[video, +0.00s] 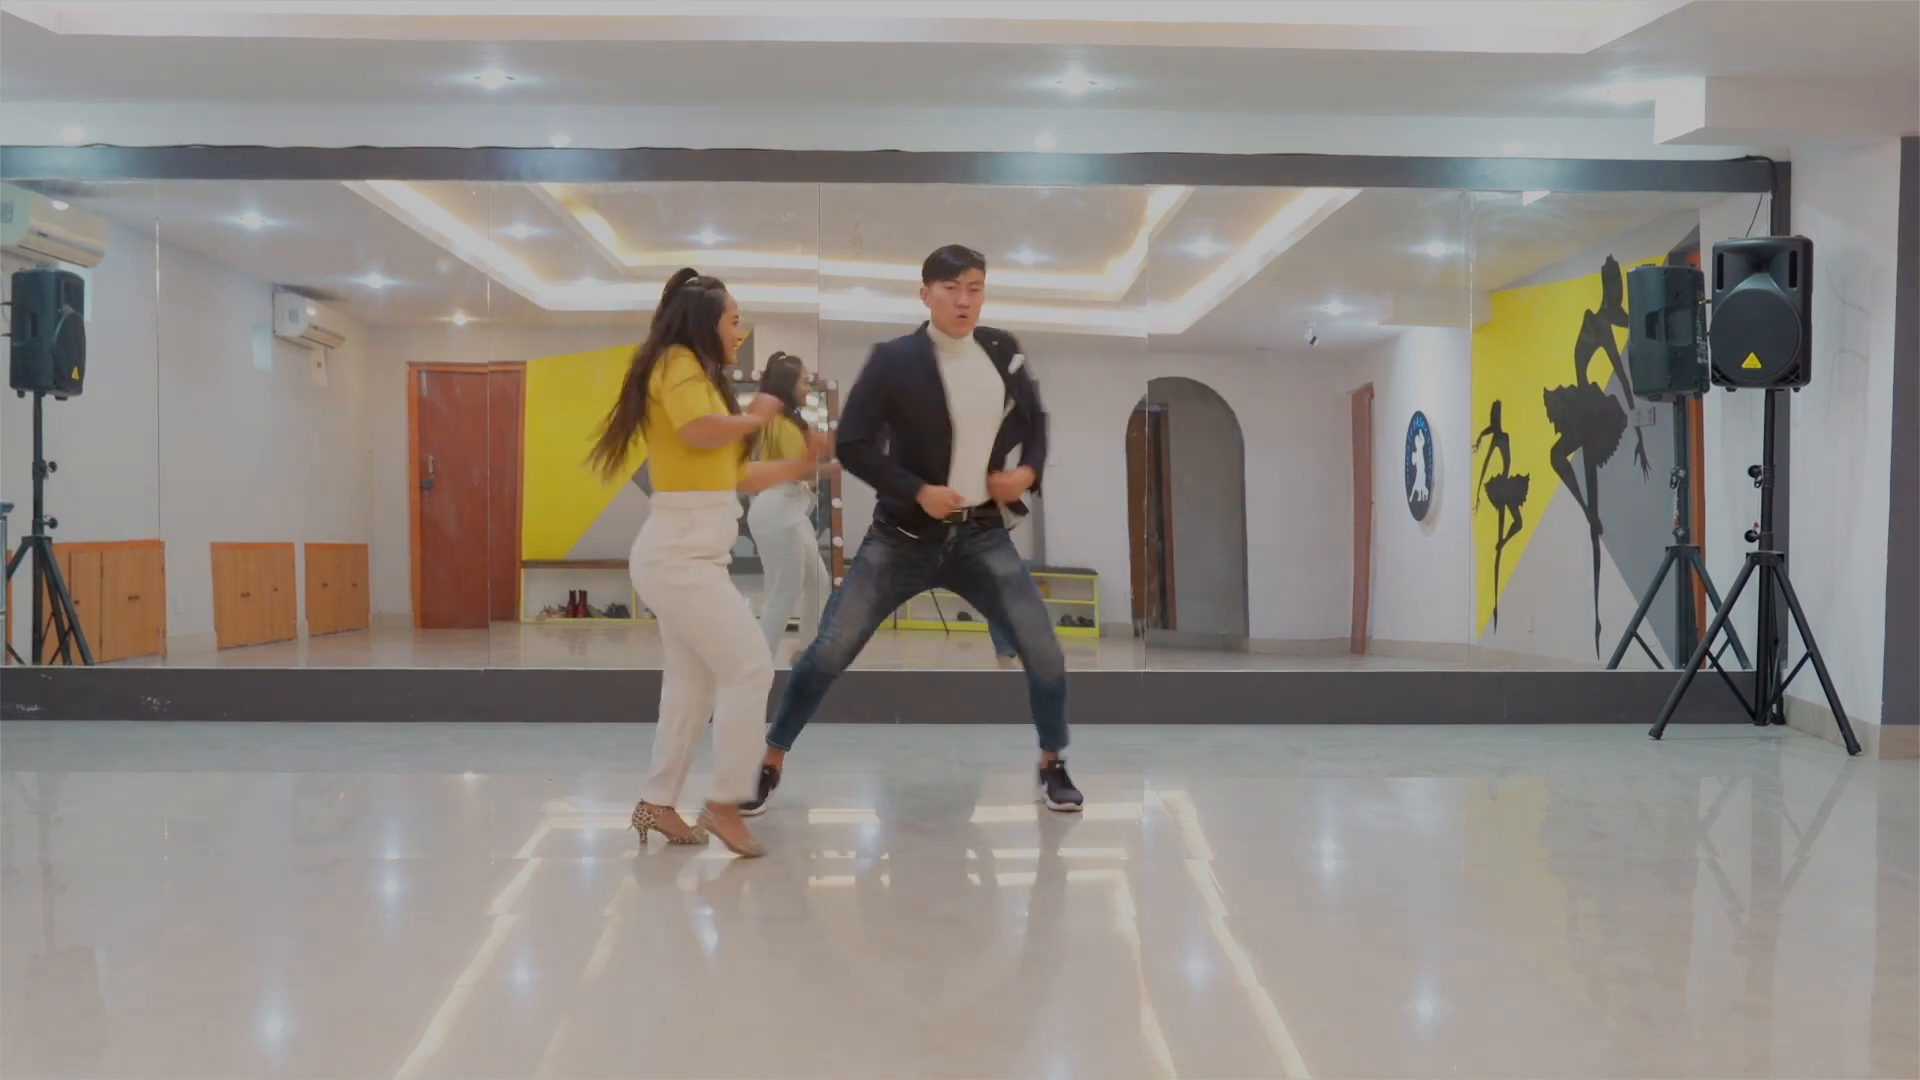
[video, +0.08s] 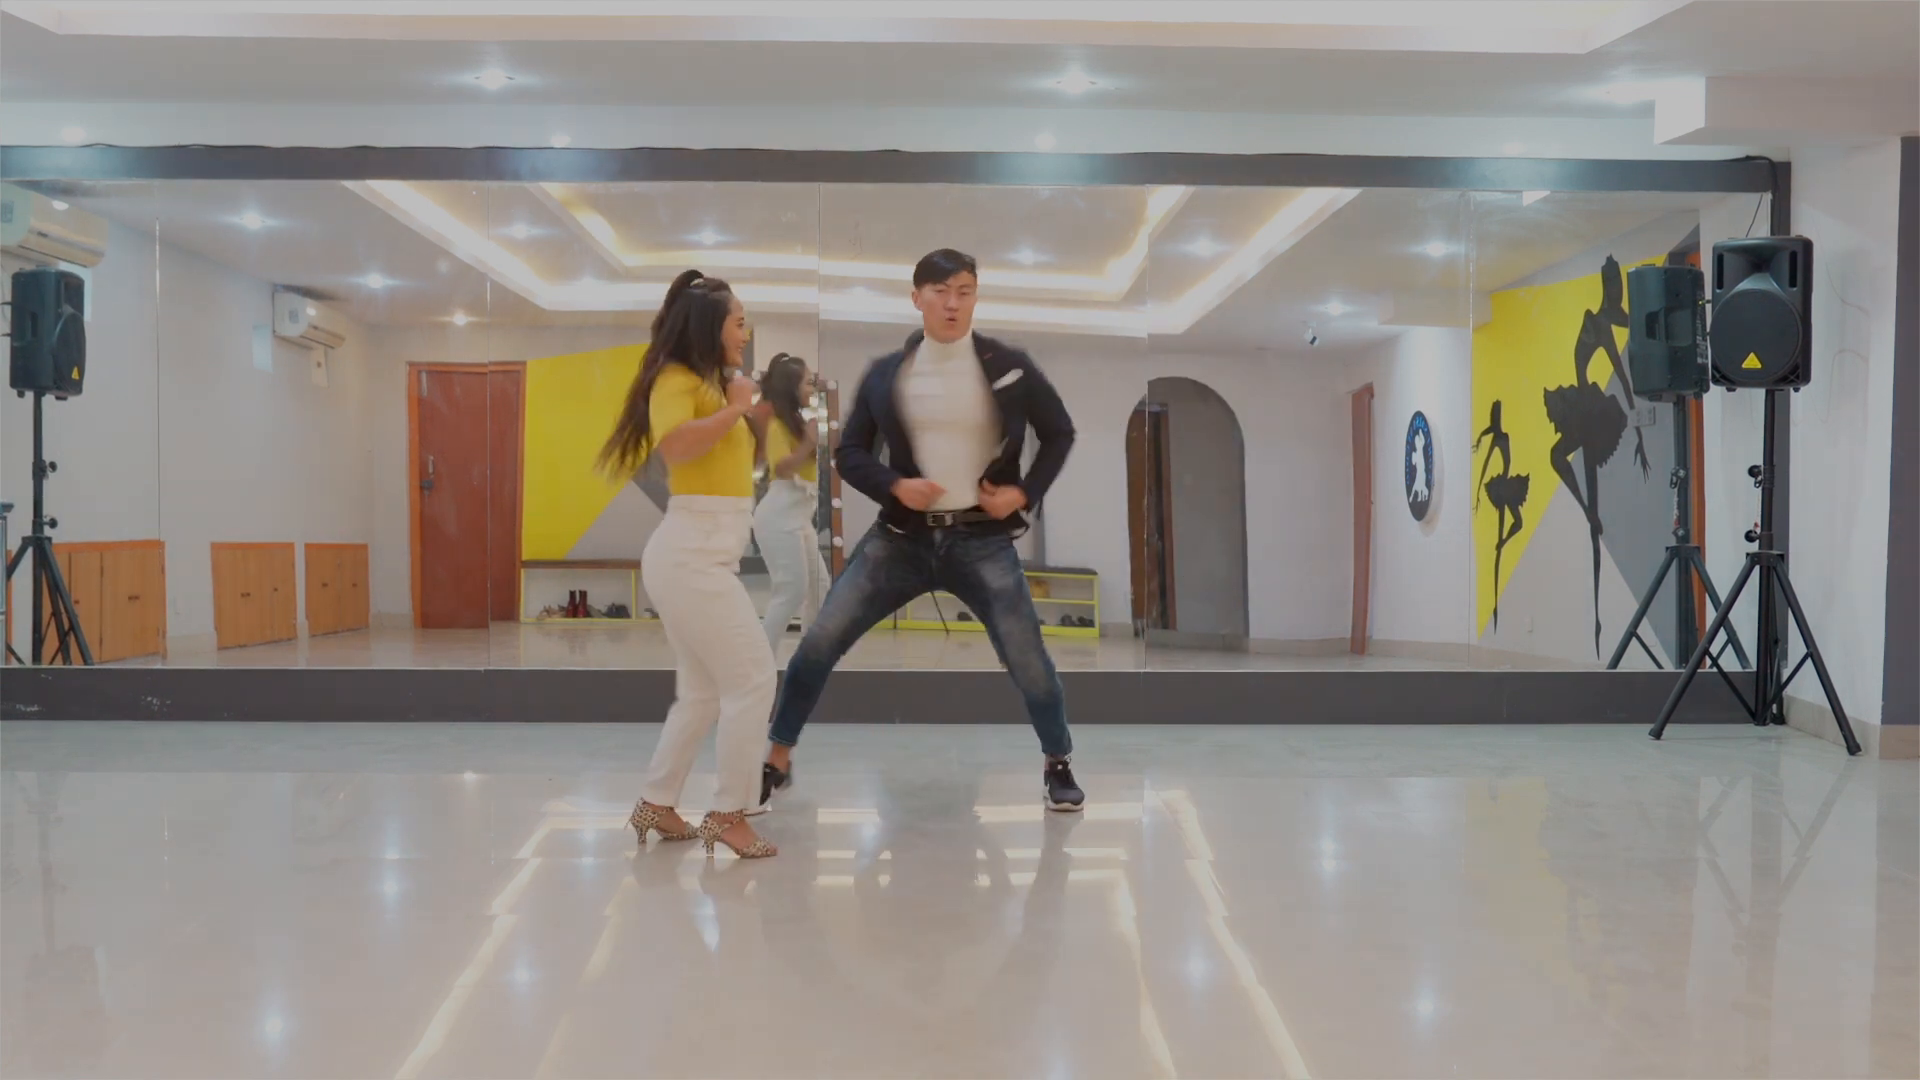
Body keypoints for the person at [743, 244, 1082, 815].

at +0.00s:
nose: (964, 301)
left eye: (974, 290)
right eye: (951, 289)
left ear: (984, 295)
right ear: (926, 294)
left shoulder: (1002, 351)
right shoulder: (891, 361)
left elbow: (1034, 417)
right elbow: (852, 446)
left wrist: (1027, 471)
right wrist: (917, 490)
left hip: (983, 537)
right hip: (901, 538)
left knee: (1045, 651)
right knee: (829, 653)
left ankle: (1053, 763)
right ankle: (771, 757)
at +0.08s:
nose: (952, 303)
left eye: (963, 292)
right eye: (939, 291)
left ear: (976, 299)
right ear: (918, 298)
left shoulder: (1008, 366)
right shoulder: (885, 373)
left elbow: (1059, 433)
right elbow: (849, 454)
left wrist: (1025, 492)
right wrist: (894, 484)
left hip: (982, 542)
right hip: (901, 539)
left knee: (1029, 661)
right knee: (820, 639)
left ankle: (1058, 763)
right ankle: (777, 757)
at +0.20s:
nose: (911, 311)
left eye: (926, 301)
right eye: (906, 300)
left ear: (957, 310)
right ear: (898, 309)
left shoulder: (976, 375)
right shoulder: (897, 379)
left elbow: (1033, 443)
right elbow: (874, 437)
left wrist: (982, 503)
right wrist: (873, 473)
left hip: (967, 549)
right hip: (899, 545)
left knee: (1010, 667)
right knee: (802, 627)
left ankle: (1059, 763)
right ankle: (806, 770)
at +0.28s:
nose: (886, 311)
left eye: (901, 300)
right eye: (885, 300)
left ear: (936, 310)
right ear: (886, 306)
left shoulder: (952, 368)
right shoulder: (893, 375)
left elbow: (982, 427)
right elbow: (881, 448)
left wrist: (925, 485)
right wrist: (862, 485)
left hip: (949, 551)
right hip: (887, 549)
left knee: (1000, 666)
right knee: (793, 631)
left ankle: (1063, 760)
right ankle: (813, 772)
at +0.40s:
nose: (856, 302)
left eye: (871, 294)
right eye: (855, 291)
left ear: (906, 303)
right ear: (855, 296)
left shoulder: (918, 353)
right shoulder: (866, 363)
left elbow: (932, 412)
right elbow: (864, 439)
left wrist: (856, 443)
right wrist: (830, 488)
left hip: (917, 541)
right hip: (860, 537)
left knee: (958, 667)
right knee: (782, 636)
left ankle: (1055, 738)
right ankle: (811, 774)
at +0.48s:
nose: (839, 304)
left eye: (854, 296)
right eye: (838, 292)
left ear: (890, 304)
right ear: (835, 293)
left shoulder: (909, 355)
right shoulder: (837, 359)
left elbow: (920, 410)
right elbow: (835, 438)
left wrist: (833, 435)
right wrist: (800, 493)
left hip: (907, 533)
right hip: (850, 533)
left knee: (916, 663)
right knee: (779, 641)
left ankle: (1008, 741)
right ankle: (811, 775)